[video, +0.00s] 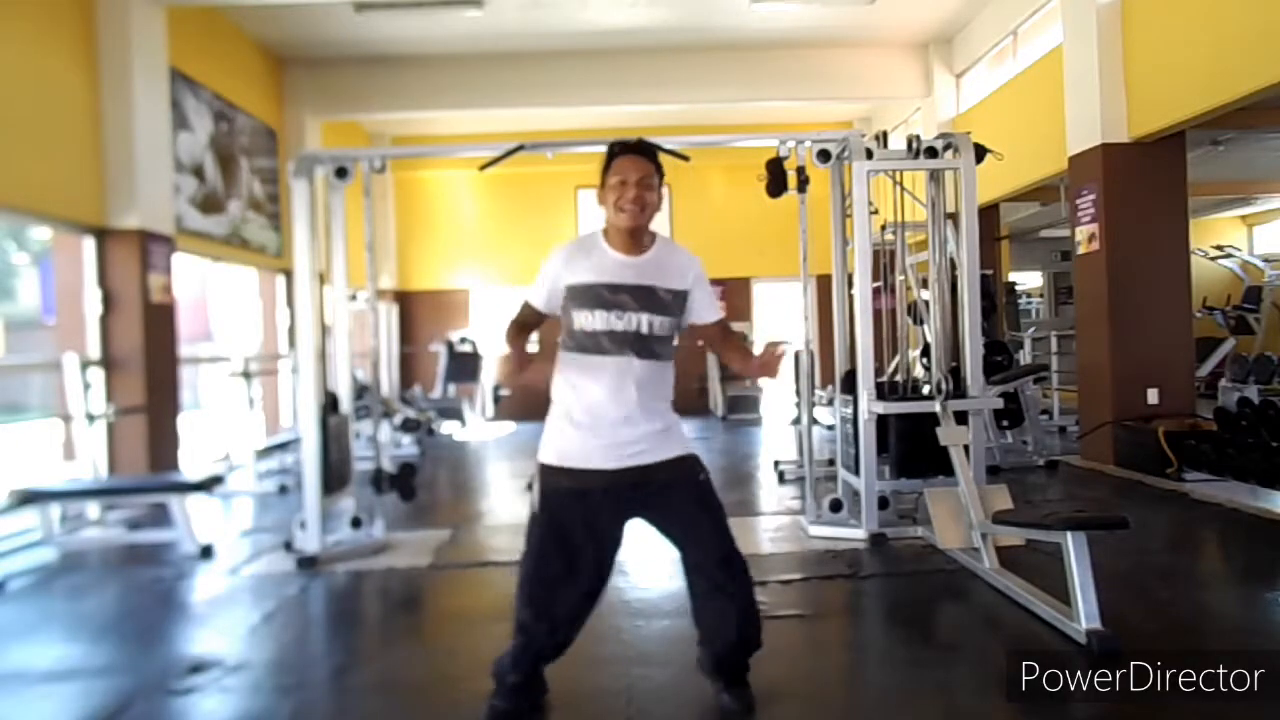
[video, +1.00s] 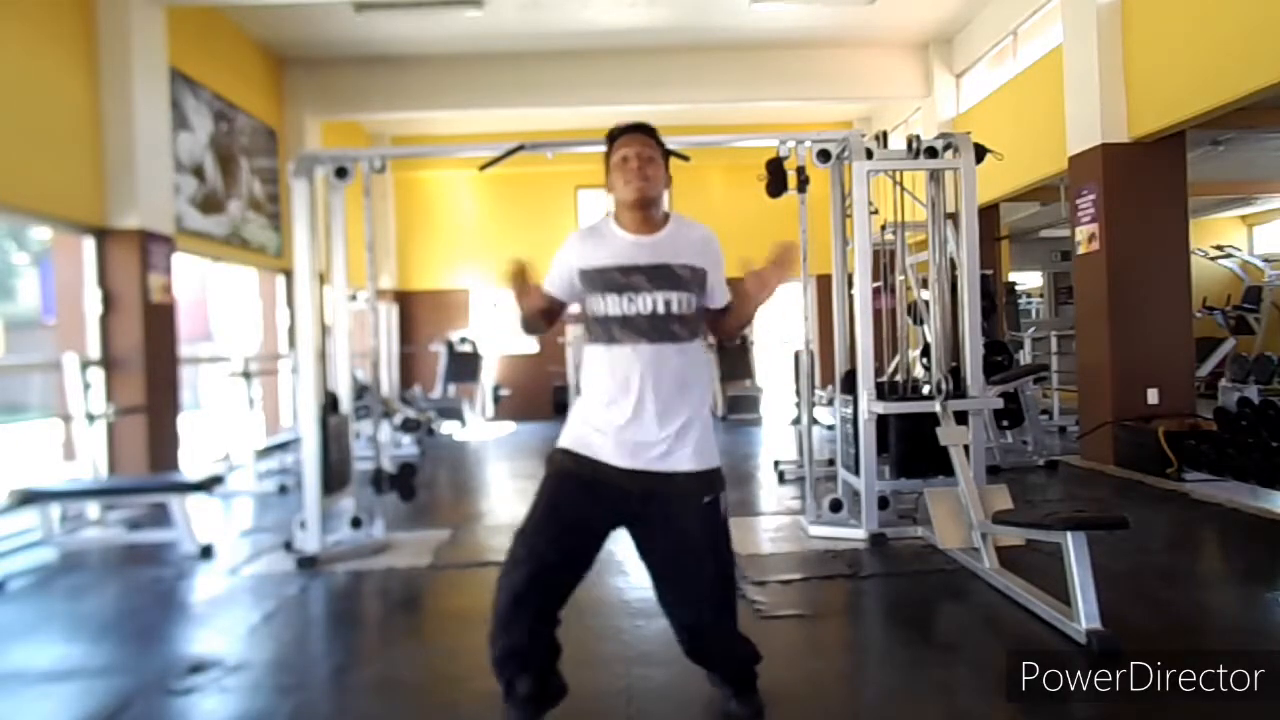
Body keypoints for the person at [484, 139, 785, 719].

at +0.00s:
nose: (633, 194)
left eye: (645, 184)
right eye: (621, 184)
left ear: (659, 196)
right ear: (602, 194)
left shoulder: (683, 267)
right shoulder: (569, 261)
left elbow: (718, 336)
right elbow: (523, 325)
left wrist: (751, 363)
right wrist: (517, 362)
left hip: (660, 449)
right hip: (575, 455)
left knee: (720, 567)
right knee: (549, 589)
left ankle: (730, 670)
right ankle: (515, 689)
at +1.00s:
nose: (637, 166)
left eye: (649, 157)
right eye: (624, 160)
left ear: (667, 175)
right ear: (607, 180)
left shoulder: (699, 243)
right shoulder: (582, 247)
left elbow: (721, 329)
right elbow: (542, 324)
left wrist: (753, 296)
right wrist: (530, 302)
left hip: (682, 458)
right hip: (592, 450)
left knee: (704, 614)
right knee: (522, 596)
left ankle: (739, 689)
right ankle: (530, 702)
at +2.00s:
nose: (610, 216)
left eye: (618, 199)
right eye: (600, 204)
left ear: (659, 179)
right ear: (592, 199)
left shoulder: (724, 250)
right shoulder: (590, 264)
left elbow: (775, 332)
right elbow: (540, 353)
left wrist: (778, 377)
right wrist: (472, 411)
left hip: (700, 486)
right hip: (597, 490)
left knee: (775, 648)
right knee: (561, 672)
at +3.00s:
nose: (657, 139)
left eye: (671, 127)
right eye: (639, 130)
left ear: (691, 144)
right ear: (619, 150)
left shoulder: (722, 236)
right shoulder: (586, 227)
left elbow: (746, 338)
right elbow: (538, 318)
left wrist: (823, 354)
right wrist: (549, 339)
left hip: (720, 486)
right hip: (606, 488)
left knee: (778, 679)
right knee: (571, 686)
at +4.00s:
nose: (668, 132)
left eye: (683, 120)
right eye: (651, 123)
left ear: (704, 142)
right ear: (630, 148)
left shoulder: (738, 223)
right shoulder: (595, 235)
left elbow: (762, 328)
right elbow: (552, 334)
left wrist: (783, 324)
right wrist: (490, 352)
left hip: (731, 497)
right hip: (611, 494)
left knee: (774, 696)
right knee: (546, 686)